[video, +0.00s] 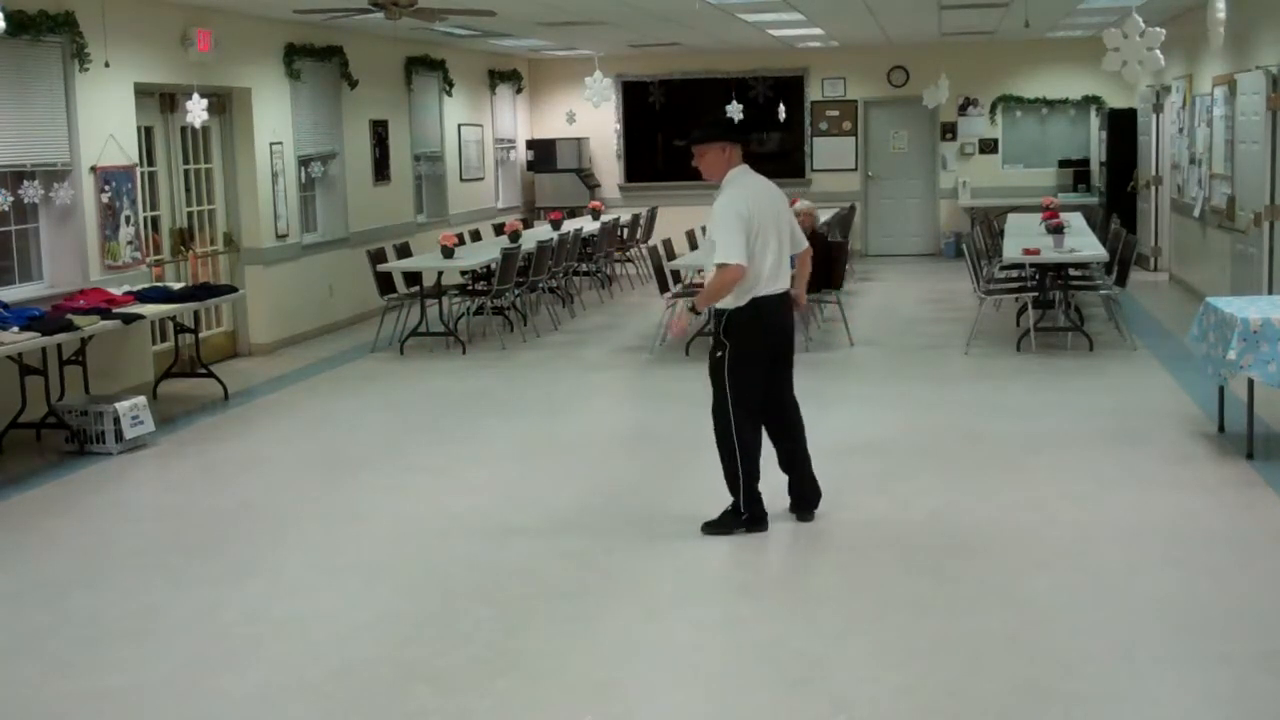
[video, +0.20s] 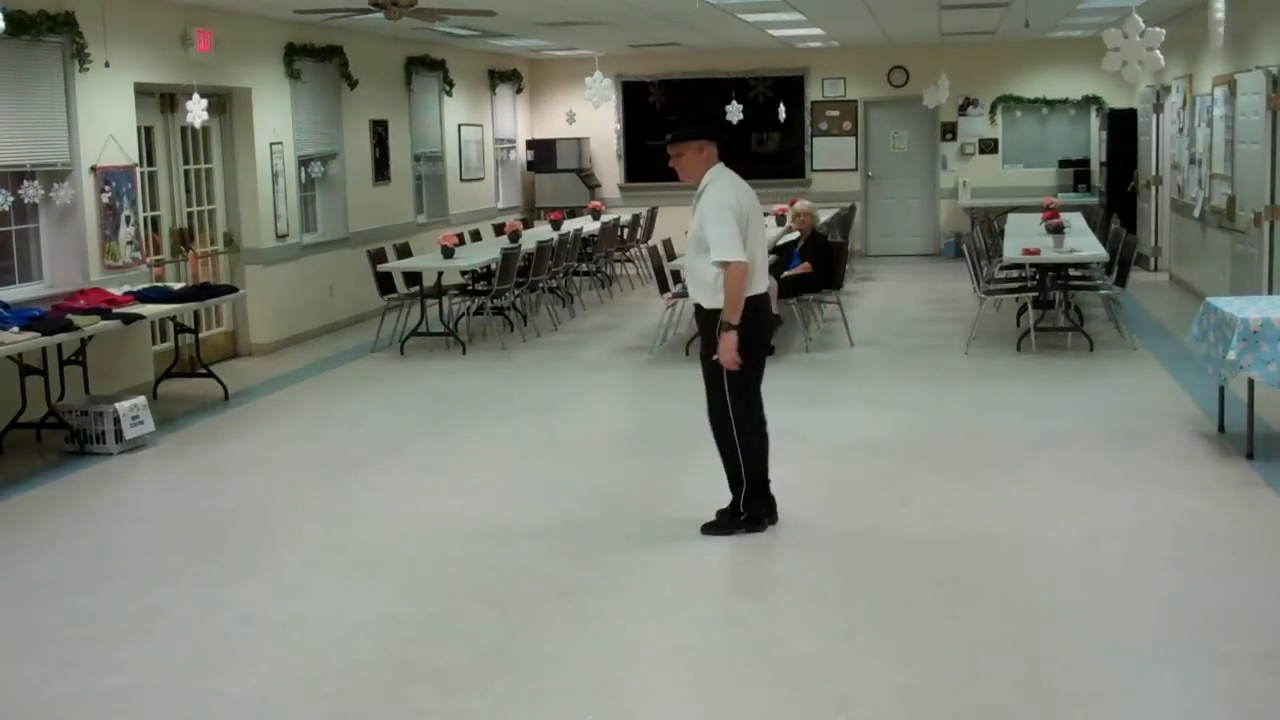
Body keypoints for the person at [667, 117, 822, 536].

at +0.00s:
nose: (696, 165)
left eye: (701, 156)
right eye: (694, 157)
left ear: (726, 151)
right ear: (731, 153)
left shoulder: (729, 201)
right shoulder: (769, 189)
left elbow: (733, 270)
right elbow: (803, 251)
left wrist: (693, 307)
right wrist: (798, 294)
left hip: (742, 320)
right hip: (778, 314)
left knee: (732, 415)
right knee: (780, 405)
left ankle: (746, 508)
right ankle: (805, 494)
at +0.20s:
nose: (673, 166)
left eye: (677, 157)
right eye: (671, 158)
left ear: (704, 151)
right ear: (705, 153)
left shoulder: (718, 194)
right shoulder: (727, 186)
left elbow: (736, 266)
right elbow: (746, 259)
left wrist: (729, 328)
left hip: (730, 317)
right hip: (741, 311)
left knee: (728, 415)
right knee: (742, 412)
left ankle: (748, 508)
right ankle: (757, 501)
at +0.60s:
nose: (628, 169)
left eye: (635, 159)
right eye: (626, 161)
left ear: (662, 158)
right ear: (636, 165)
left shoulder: (701, 207)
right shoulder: (643, 213)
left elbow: (734, 274)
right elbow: (647, 282)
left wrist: (752, 333)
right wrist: (628, 332)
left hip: (699, 330)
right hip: (659, 330)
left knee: (686, 425)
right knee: (667, 419)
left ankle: (669, 524)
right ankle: (730, 478)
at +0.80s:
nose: (602, 164)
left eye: (609, 155)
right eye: (600, 156)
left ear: (638, 155)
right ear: (609, 161)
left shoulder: (679, 207)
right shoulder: (609, 213)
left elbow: (708, 277)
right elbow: (610, 286)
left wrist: (711, 343)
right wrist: (595, 339)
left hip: (676, 337)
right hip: (626, 339)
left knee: (678, 436)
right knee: (606, 436)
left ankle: (673, 521)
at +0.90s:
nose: (590, 170)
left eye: (598, 161)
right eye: (588, 162)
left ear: (626, 162)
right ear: (591, 168)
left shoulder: (668, 216)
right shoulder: (592, 222)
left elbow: (692, 289)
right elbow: (593, 293)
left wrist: (686, 355)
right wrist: (579, 346)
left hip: (660, 348)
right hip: (610, 350)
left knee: (673, 446)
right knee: (594, 451)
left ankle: (671, 524)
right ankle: (572, 545)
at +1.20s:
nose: (541, 161)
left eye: (550, 151)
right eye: (539, 153)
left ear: (581, 154)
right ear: (548, 160)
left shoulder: (621, 213)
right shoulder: (546, 223)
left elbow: (640, 289)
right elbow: (546, 301)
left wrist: (625, 360)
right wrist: (527, 357)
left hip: (611, 350)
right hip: (562, 352)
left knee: (621, 455)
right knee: (555, 463)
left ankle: (649, 508)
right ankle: (563, 564)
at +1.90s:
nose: (521, 167)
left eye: (524, 157)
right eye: (523, 157)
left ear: (540, 161)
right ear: (571, 162)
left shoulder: (542, 224)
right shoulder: (619, 220)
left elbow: (529, 310)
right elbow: (646, 305)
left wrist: (502, 380)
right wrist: (629, 355)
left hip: (569, 376)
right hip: (626, 370)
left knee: (559, 495)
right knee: (629, 487)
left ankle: (587, 608)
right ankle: (664, 589)